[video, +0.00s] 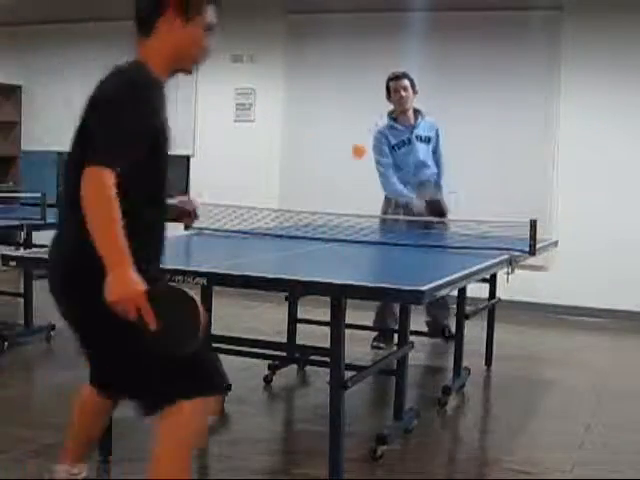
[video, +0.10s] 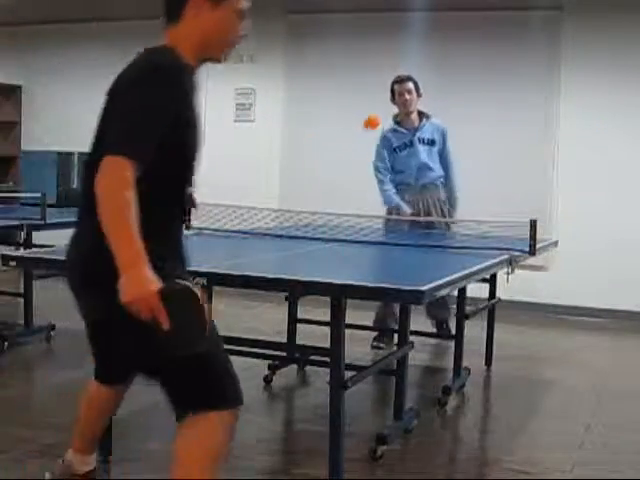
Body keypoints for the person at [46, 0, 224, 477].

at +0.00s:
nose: (208, 42)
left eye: (210, 29)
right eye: (205, 26)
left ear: (170, 22)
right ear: (172, 20)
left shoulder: (142, 90)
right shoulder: (129, 90)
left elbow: (117, 187)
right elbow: (96, 183)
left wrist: (166, 207)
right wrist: (120, 270)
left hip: (96, 274)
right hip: (98, 275)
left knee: (108, 377)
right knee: (197, 389)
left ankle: (70, 469)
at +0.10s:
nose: (243, 30)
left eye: (245, 17)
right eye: (238, 14)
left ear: (201, 12)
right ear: (200, 9)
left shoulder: (168, 76)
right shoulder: (158, 76)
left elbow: (144, 185)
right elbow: (113, 178)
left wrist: (167, 272)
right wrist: (134, 270)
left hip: (106, 268)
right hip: (130, 270)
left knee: (114, 370)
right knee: (213, 404)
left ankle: (77, 464)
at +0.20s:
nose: (275, 47)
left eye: (277, 34)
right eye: (270, 29)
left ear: (230, 21)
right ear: (229, 18)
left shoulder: (197, 95)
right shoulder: (178, 92)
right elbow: (143, 200)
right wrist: (190, 300)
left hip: (140, 287)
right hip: (146, 293)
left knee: (135, 386)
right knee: (223, 451)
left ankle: (73, 464)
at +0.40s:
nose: (308, 35)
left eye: (313, 23)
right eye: (307, 17)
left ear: (259, 9)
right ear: (269, 6)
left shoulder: (183, 51)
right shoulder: (217, 61)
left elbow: (122, 128)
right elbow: (212, 175)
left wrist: (137, 208)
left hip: (138, 292)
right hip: (181, 298)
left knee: (158, 448)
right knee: (231, 452)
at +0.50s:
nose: (290, 8)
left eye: (290, 2)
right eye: (287, 0)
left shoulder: (163, 29)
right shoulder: (231, 34)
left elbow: (96, 100)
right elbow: (235, 135)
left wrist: (80, 154)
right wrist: (360, 154)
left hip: (127, 267)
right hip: (194, 273)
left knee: (149, 446)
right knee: (221, 449)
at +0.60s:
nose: (282, 10)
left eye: (284, 4)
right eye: (281, 2)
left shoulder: (150, 40)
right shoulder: (237, 37)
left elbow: (78, 104)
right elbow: (253, 129)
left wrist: (42, 157)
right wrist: (380, 162)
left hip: (126, 282)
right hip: (195, 285)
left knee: (150, 451)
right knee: (225, 455)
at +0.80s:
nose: (252, 6)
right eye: (251, 2)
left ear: (187, 1)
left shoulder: (123, 55)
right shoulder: (242, 52)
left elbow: (53, 132)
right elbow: (252, 154)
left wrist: (12, 209)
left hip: (101, 304)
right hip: (183, 314)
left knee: (122, 446)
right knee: (217, 462)